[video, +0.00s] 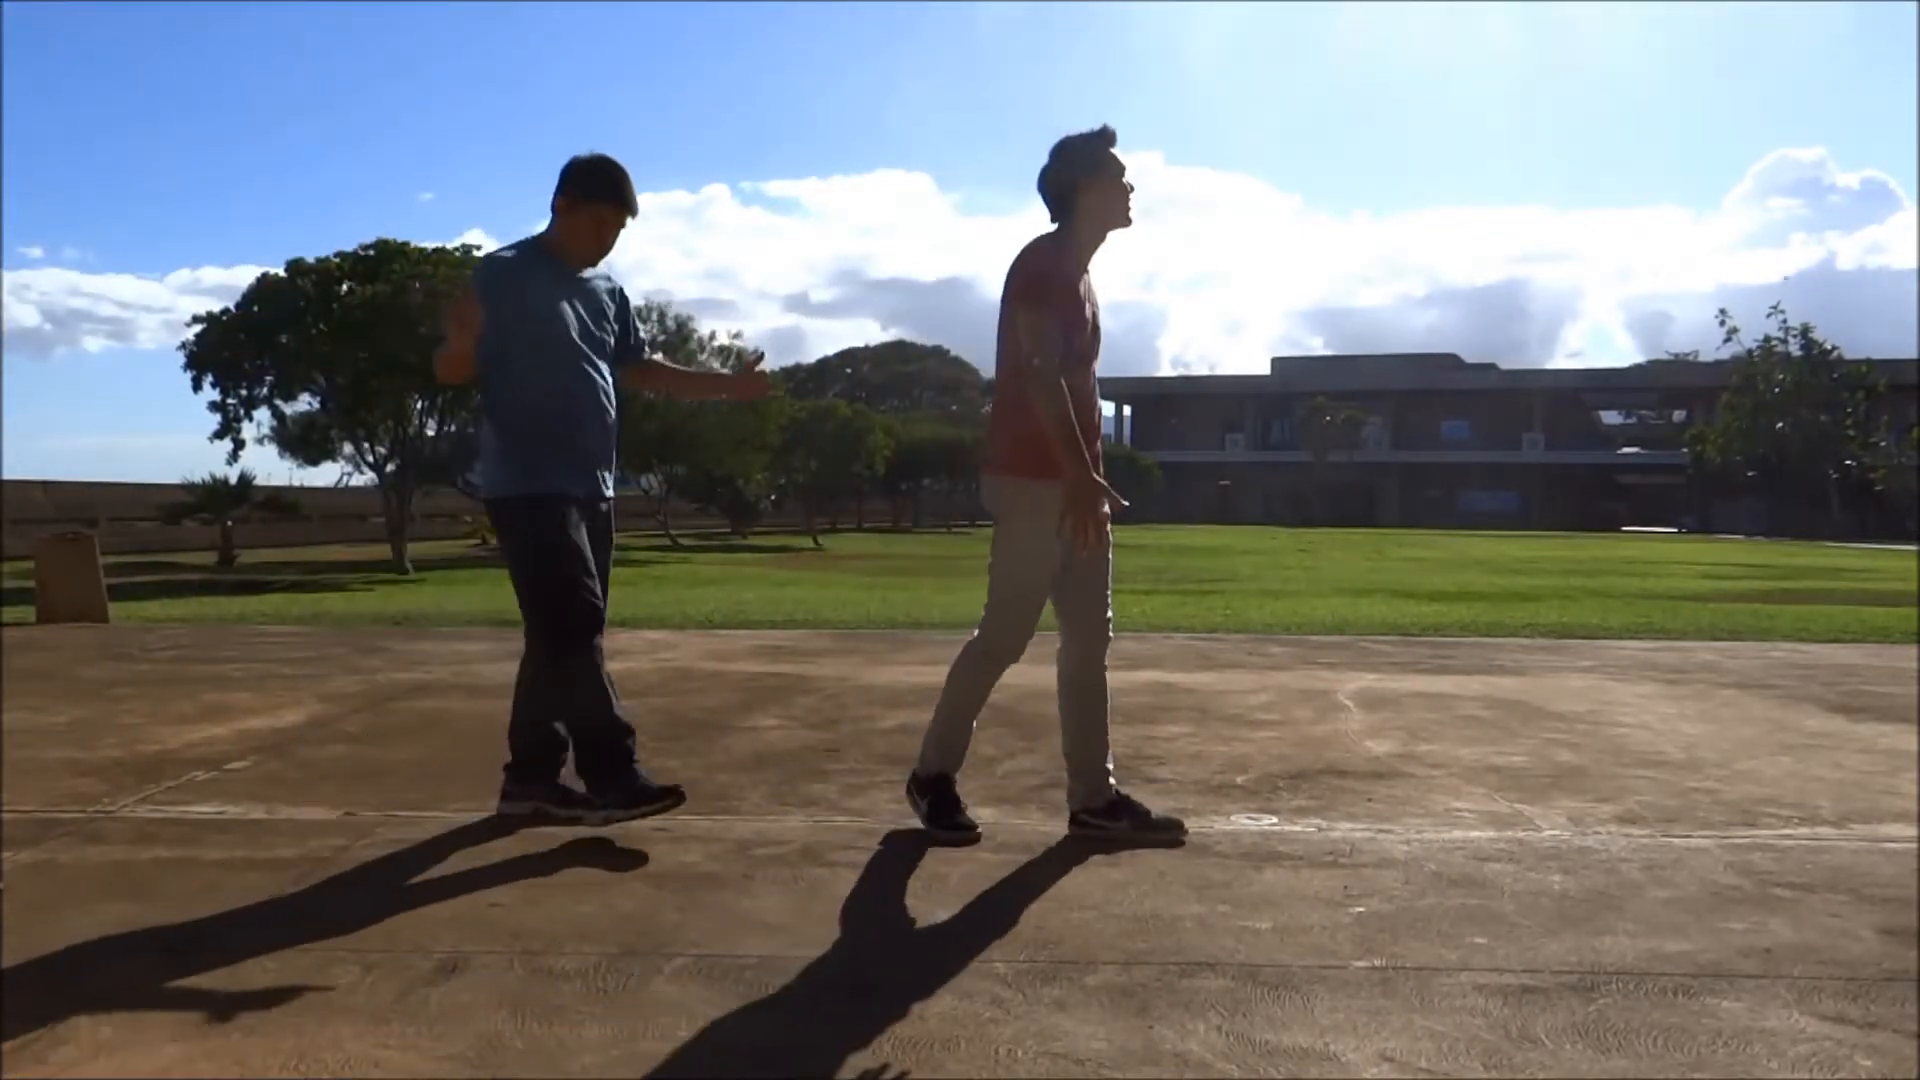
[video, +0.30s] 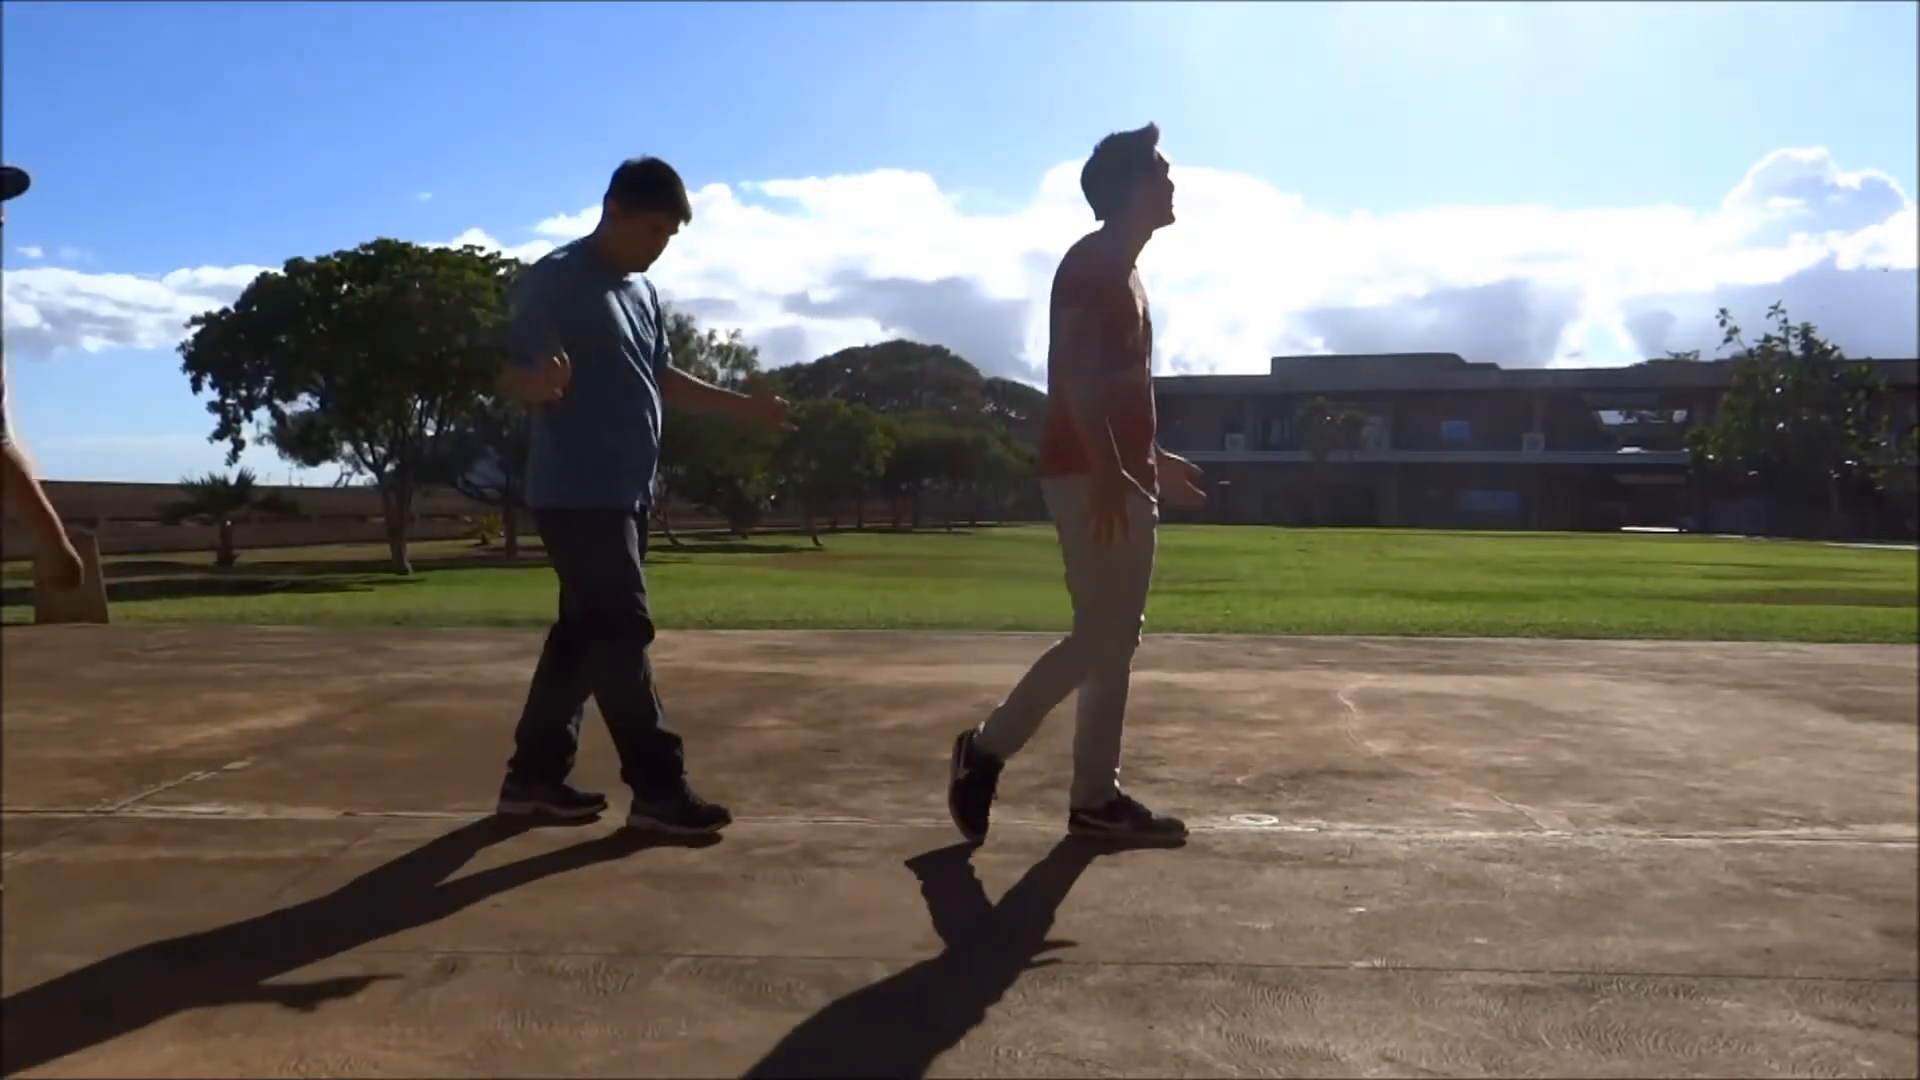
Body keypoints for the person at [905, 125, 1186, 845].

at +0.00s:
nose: (1130, 185)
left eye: (1125, 175)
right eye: (1117, 175)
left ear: (1091, 192)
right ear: (1082, 190)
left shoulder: (1076, 279)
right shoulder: (1043, 264)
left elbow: (1076, 388)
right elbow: (1043, 375)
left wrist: (1095, 480)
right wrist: (1079, 477)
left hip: (1078, 480)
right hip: (1032, 479)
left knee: (1087, 642)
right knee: (1006, 633)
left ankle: (1093, 799)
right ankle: (932, 776)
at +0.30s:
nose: (1174, 181)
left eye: (1168, 169)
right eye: (1161, 170)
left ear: (1133, 190)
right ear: (1126, 188)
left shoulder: (1121, 273)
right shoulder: (1091, 265)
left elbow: (1109, 389)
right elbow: (1077, 380)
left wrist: (1153, 457)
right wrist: (1108, 471)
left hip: (1123, 479)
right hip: (1089, 476)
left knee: (1115, 641)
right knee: (1097, 638)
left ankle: (1096, 799)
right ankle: (983, 752)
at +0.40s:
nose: (1187, 184)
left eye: (1181, 173)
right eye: (1175, 174)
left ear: (1147, 189)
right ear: (1142, 189)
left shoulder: (1134, 272)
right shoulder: (1103, 266)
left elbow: (1138, 388)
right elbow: (1084, 383)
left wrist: (1183, 455)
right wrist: (1106, 479)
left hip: (1141, 480)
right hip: (1109, 483)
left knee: (1124, 637)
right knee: (1135, 634)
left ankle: (1096, 800)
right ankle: (1019, 755)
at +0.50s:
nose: (1200, 188)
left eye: (1195, 176)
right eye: (1188, 176)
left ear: (1155, 191)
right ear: (1155, 189)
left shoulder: (1147, 276)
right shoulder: (1110, 269)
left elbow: (1155, 392)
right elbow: (1090, 386)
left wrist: (1208, 456)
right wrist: (1102, 483)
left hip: (1149, 481)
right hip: (1127, 483)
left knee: (1133, 633)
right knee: (1165, 633)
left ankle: (1103, 792)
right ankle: (1072, 778)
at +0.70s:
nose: (1229, 192)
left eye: (1225, 179)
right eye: (1220, 180)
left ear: (1184, 193)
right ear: (1189, 192)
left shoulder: (1177, 279)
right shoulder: (1133, 271)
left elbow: (1182, 398)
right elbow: (1097, 387)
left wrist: (1256, 448)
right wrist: (1101, 488)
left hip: (1169, 485)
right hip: (1153, 487)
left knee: (1138, 640)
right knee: (1205, 641)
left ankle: (1097, 799)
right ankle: (1200, 816)